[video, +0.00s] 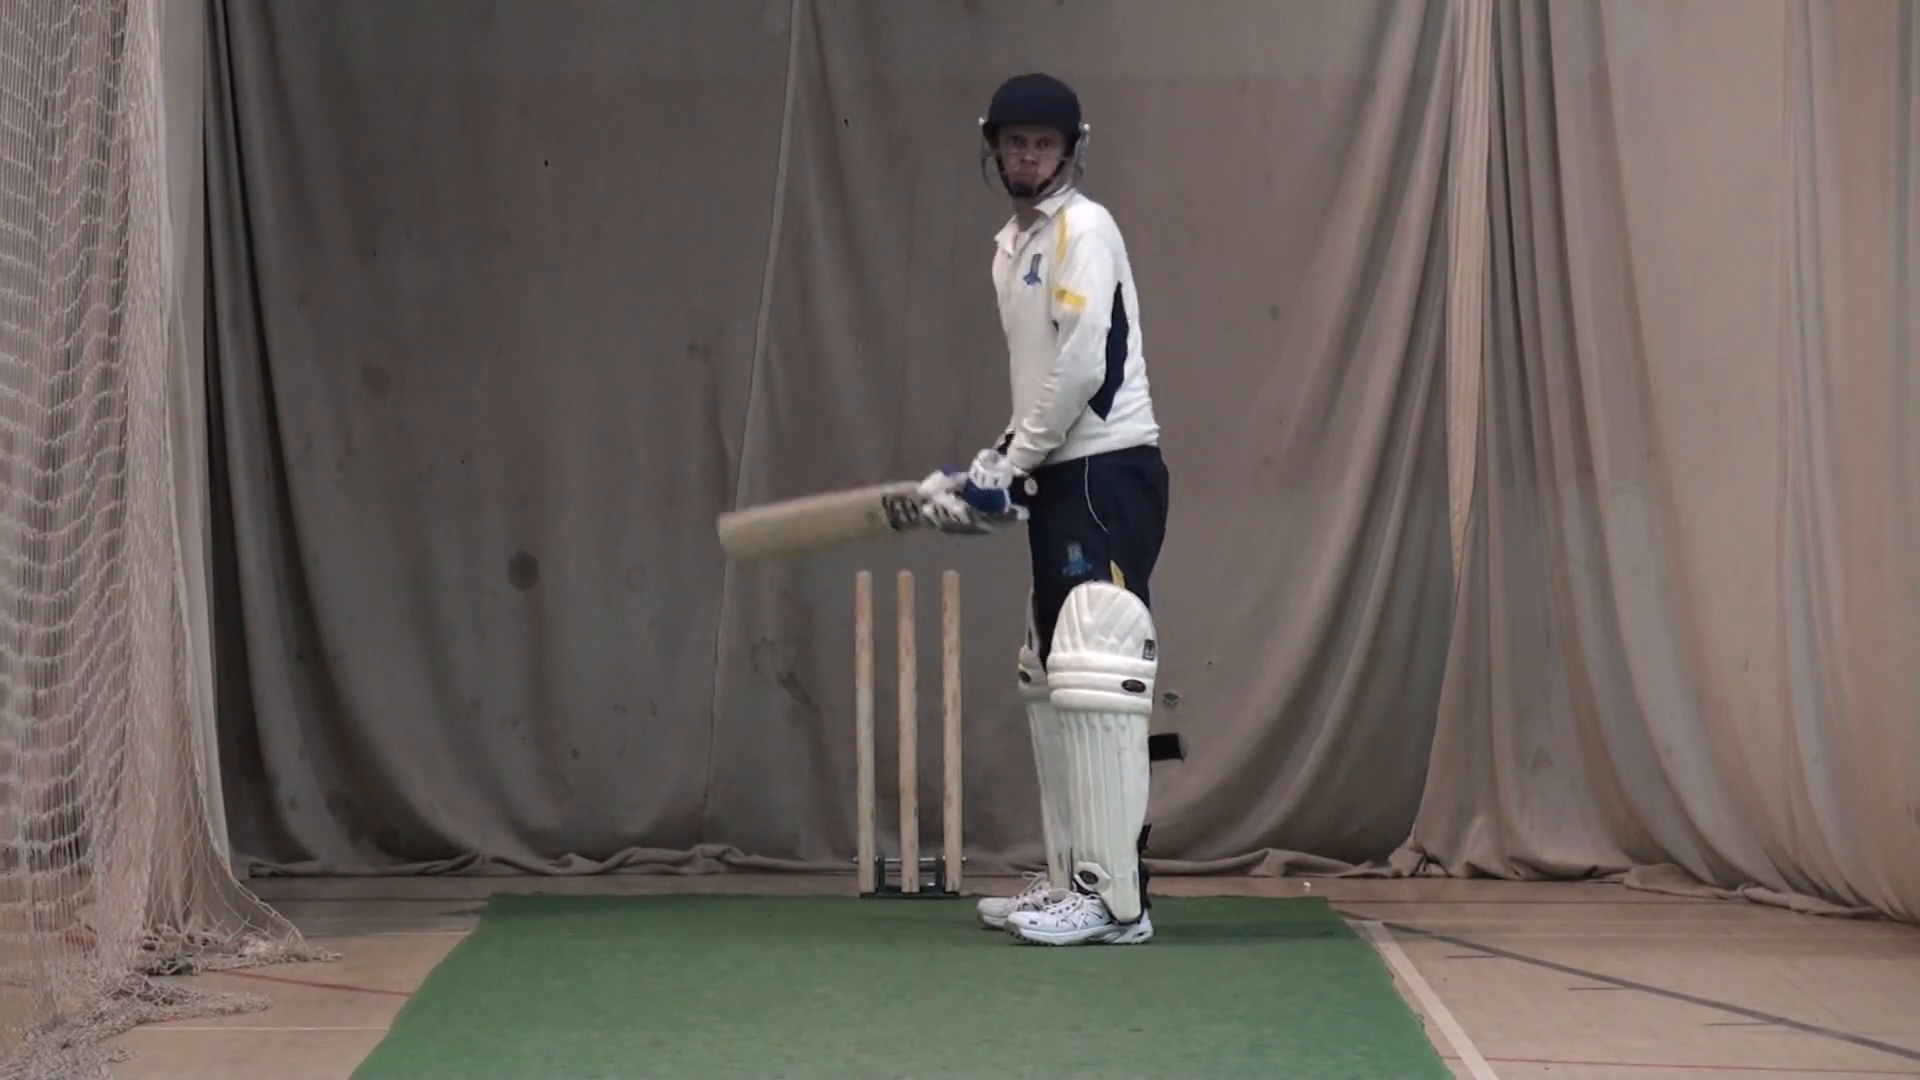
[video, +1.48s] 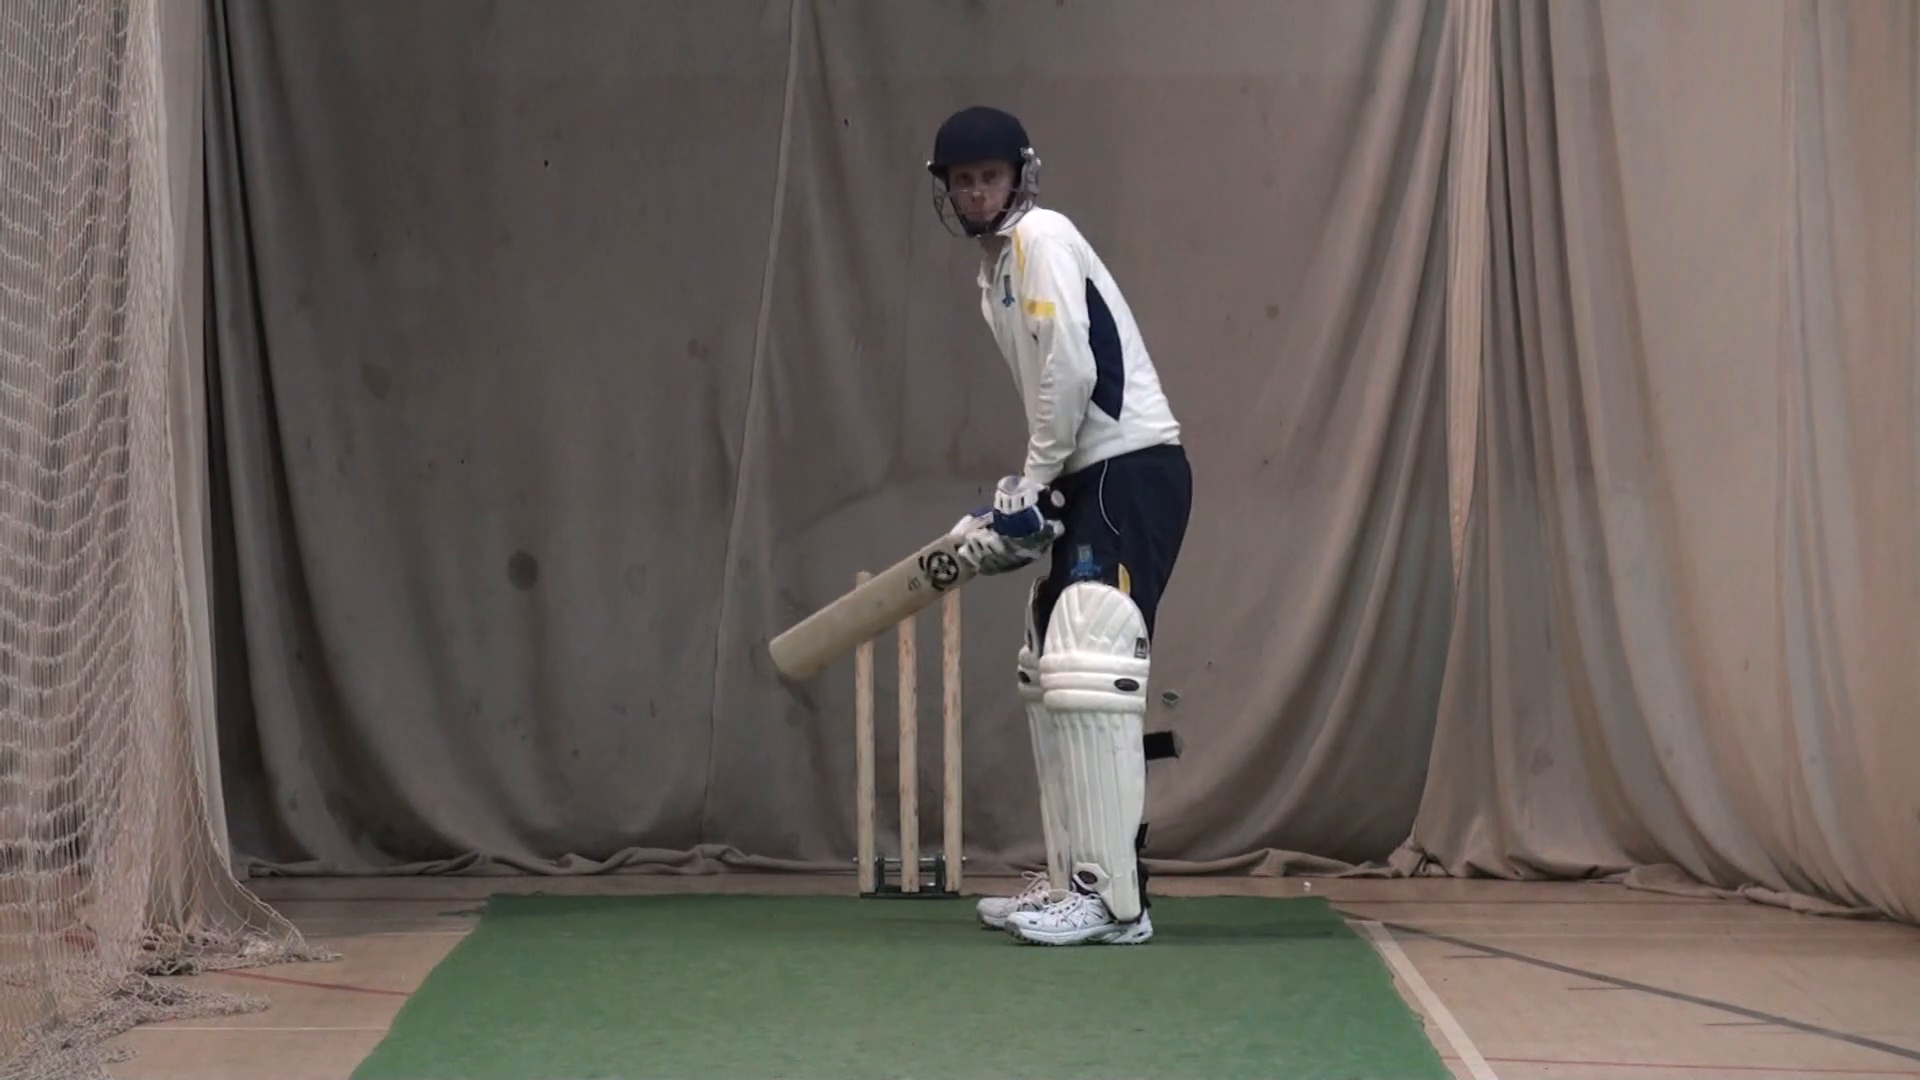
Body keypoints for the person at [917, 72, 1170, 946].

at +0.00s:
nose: (1025, 158)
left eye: (1042, 143)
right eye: (1011, 143)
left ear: (1070, 149)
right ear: (993, 150)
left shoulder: (1083, 230)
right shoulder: (1011, 244)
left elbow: (1083, 372)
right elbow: (1038, 383)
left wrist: (1005, 470)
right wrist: (986, 472)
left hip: (1106, 475)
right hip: (1058, 477)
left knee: (1100, 681)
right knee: (1054, 678)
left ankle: (1114, 899)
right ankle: (1071, 879)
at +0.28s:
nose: (1043, 153)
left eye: (1060, 139)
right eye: (1029, 139)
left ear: (1085, 145)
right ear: (1009, 145)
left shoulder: (1096, 227)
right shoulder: (1024, 242)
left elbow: (1080, 366)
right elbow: (1031, 380)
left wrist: (992, 452)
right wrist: (970, 456)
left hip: (1094, 477)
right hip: (1046, 479)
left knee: (1096, 682)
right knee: (1051, 680)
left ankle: (1114, 899)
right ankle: (1071, 880)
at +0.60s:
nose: (1021, 161)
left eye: (1038, 147)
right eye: (1007, 146)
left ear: (1065, 153)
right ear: (988, 153)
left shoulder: (1077, 225)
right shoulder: (1010, 250)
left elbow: (1075, 366)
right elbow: (1035, 385)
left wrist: (1003, 467)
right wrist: (984, 480)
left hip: (1105, 473)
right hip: (1058, 478)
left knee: (1093, 677)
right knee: (1050, 676)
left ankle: (1113, 897)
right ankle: (1073, 879)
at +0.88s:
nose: (978, 185)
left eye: (993, 170)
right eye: (964, 173)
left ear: (1024, 171)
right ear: (950, 182)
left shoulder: (1043, 235)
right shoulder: (1000, 265)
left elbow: (1073, 368)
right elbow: (1043, 395)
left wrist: (1032, 481)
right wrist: (1019, 503)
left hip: (1126, 471)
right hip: (1084, 479)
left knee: (1091, 676)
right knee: (1052, 675)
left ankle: (1112, 896)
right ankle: (1081, 878)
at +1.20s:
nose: (980, 188)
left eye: (995, 172)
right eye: (966, 175)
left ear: (1026, 172)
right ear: (951, 183)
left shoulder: (1042, 236)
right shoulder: (1003, 264)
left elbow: (1071, 372)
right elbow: (1046, 397)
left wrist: (1023, 486)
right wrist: (1013, 505)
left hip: (1127, 469)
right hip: (1085, 477)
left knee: (1090, 673)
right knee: (1053, 671)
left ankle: (1112, 895)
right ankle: (1082, 878)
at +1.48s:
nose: (977, 194)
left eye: (991, 177)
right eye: (961, 181)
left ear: (1021, 177)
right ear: (945, 190)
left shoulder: (1040, 239)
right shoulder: (998, 274)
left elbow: (1071, 375)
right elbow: (1048, 405)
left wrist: (1026, 491)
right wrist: (1012, 513)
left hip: (1129, 469)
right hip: (1086, 478)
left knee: (1088, 673)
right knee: (1049, 673)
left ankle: (1112, 896)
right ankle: (1080, 879)